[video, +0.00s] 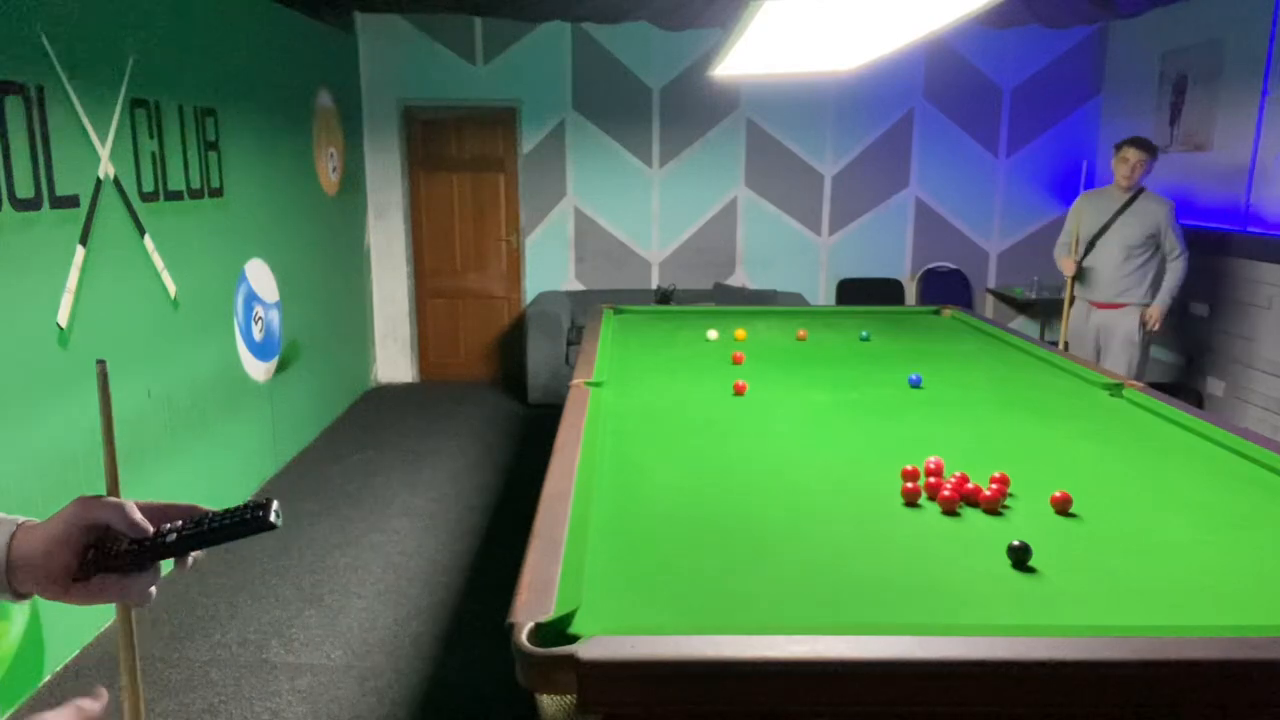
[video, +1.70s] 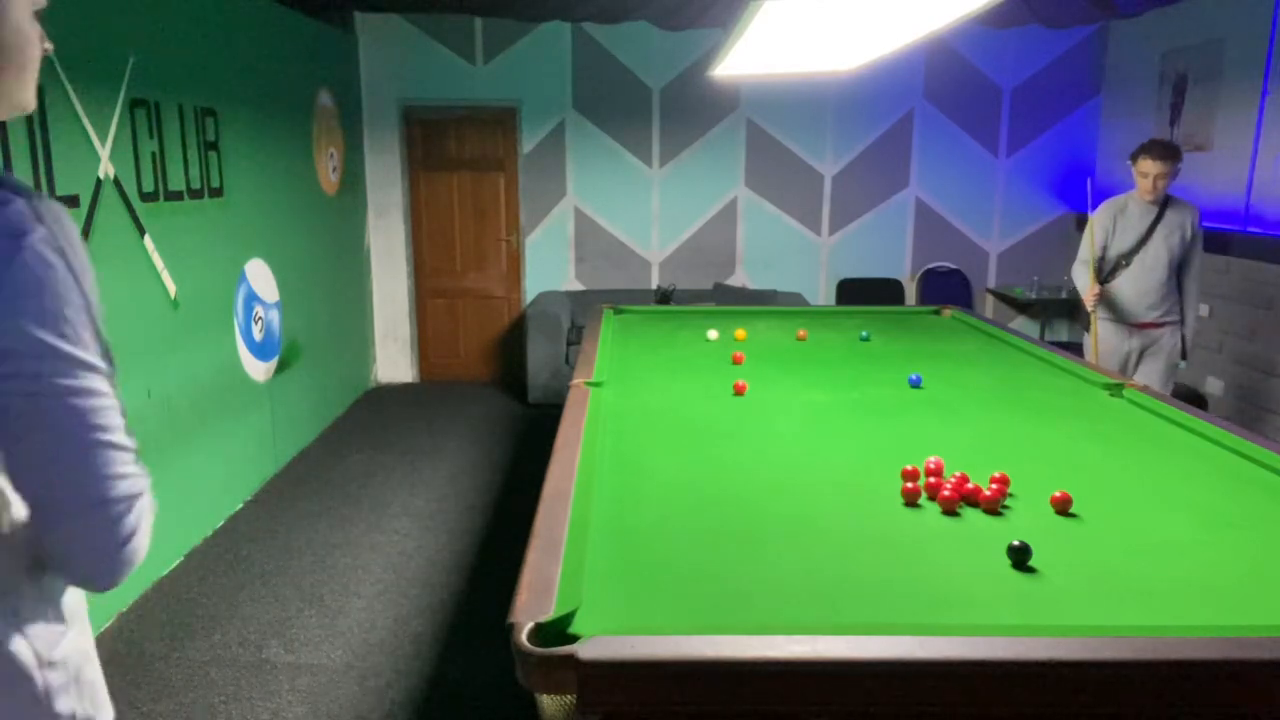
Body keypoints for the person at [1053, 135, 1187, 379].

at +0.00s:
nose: (1129, 169)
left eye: (1139, 164)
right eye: (1124, 160)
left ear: (1147, 171)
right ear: (1114, 161)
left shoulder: (1160, 210)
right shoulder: (1085, 202)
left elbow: (1177, 259)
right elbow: (1063, 244)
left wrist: (1161, 304)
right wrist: (1064, 260)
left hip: (1128, 316)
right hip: (1083, 310)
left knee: (1115, 395)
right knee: (1071, 387)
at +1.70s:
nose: (1151, 185)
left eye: (1161, 177)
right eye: (1144, 175)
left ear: (1174, 176)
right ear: (1134, 171)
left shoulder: (1187, 217)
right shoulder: (1108, 212)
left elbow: (1190, 280)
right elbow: (1083, 263)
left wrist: (1187, 336)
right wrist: (1088, 289)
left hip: (1162, 335)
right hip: (1110, 331)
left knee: (1146, 419)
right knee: (1101, 417)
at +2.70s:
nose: (1156, 176)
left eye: (1164, 168)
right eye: (1146, 168)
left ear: (1178, 169)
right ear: (1133, 169)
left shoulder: (1199, 215)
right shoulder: (1109, 213)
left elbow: (1207, 281)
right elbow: (1084, 271)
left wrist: (1200, 339)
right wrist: (1089, 324)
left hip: (1172, 346)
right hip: (1115, 342)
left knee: (1165, 435)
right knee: (1107, 432)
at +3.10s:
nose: (1145, 181)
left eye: (1155, 172)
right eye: (1135, 173)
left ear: (1171, 171)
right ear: (1125, 173)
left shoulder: (1194, 219)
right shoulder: (1101, 216)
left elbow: (1207, 286)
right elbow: (1076, 275)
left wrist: (1186, 338)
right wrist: (1078, 325)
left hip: (1163, 351)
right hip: (1106, 347)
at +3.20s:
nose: (1145, 185)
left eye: (1155, 176)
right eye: (1136, 177)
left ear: (1176, 171)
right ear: (1129, 174)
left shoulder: (1200, 222)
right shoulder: (1107, 216)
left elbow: (1212, 290)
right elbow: (1083, 273)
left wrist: (1180, 339)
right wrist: (1081, 326)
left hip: (1163, 354)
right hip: (1106, 349)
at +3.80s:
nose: (1162, 191)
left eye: (1172, 182)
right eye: (1158, 182)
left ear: (1202, 174)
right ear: (1155, 176)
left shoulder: (1228, 223)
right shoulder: (1151, 213)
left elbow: (1235, 301)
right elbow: (1125, 275)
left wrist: (1174, 342)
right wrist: (1094, 327)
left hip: (1181, 365)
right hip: (1130, 352)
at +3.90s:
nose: (1161, 189)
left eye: (1171, 181)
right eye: (1159, 180)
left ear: (1202, 175)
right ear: (1156, 176)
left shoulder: (1228, 224)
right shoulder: (1153, 213)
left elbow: (1235, 302)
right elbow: (1127, 276)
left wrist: (1173, 343)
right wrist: (1094, 328)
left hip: (1182, 366)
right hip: (1131, 352)